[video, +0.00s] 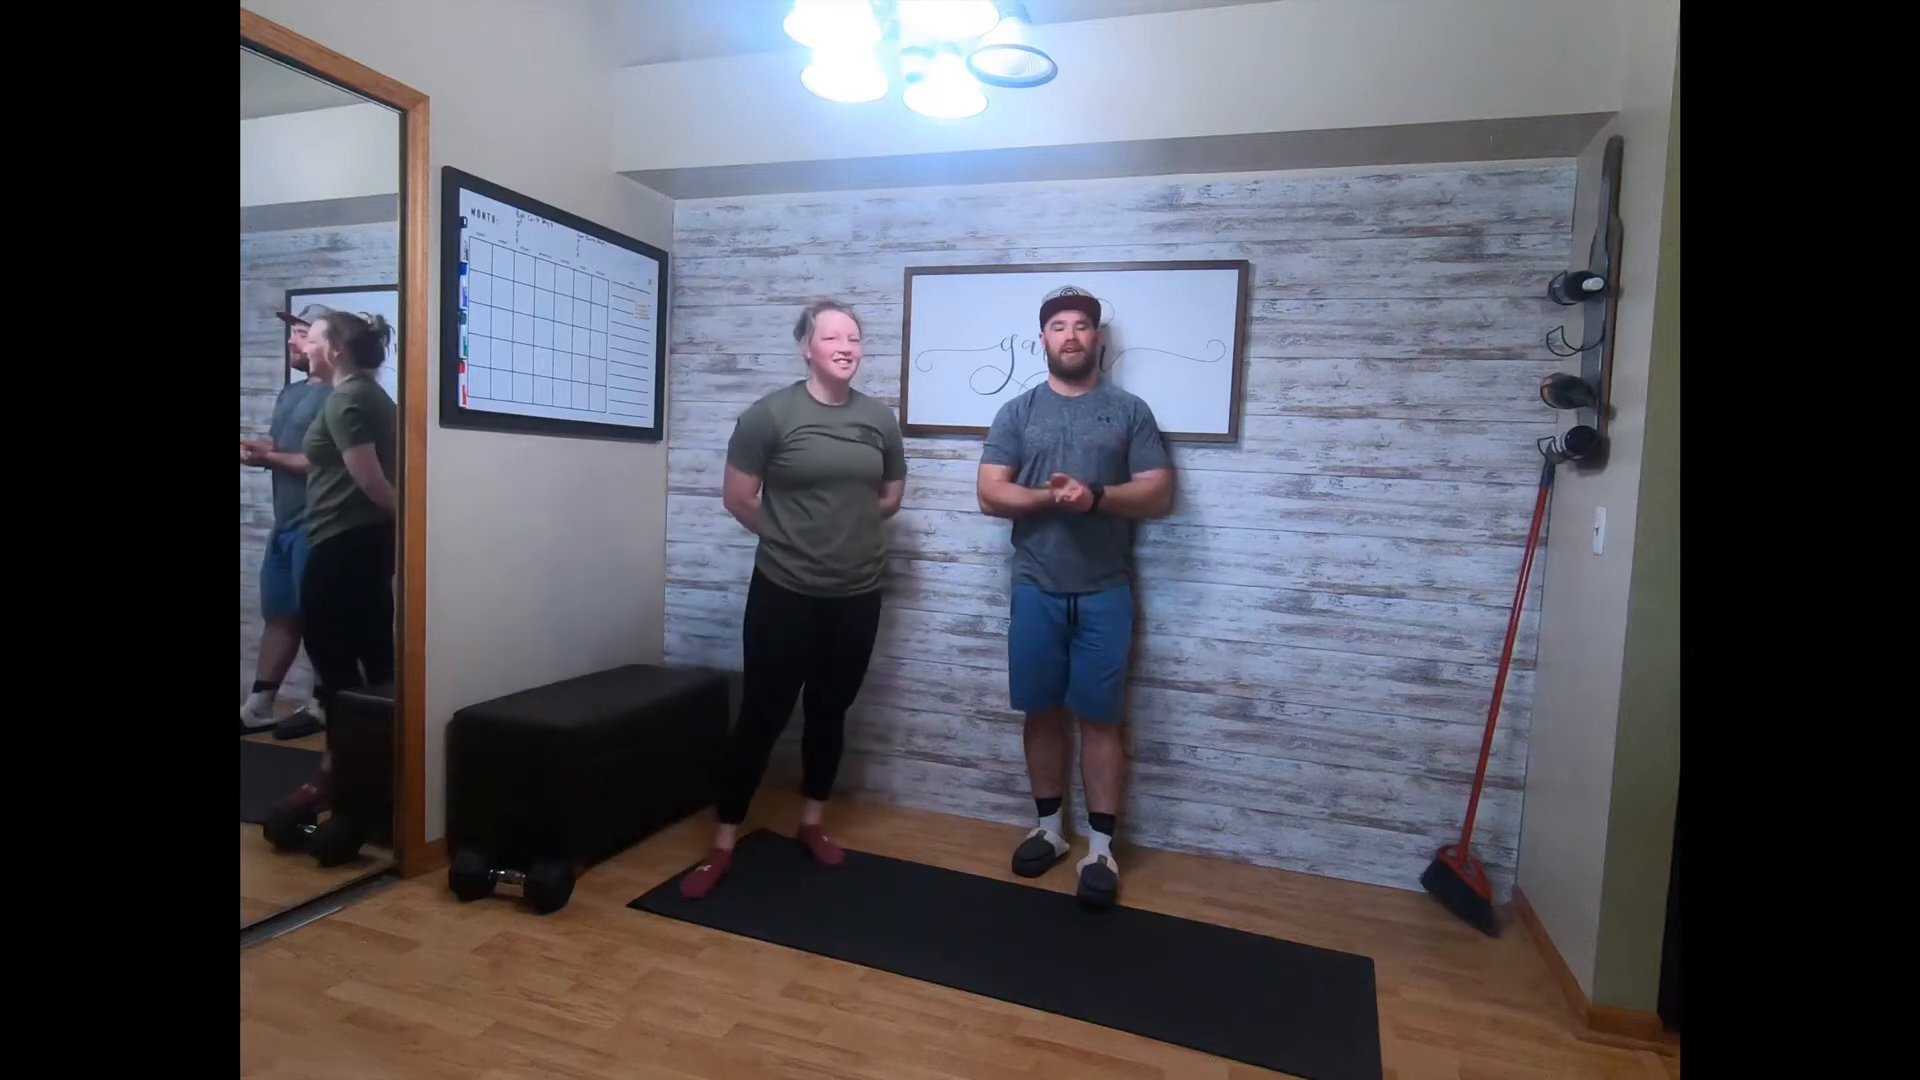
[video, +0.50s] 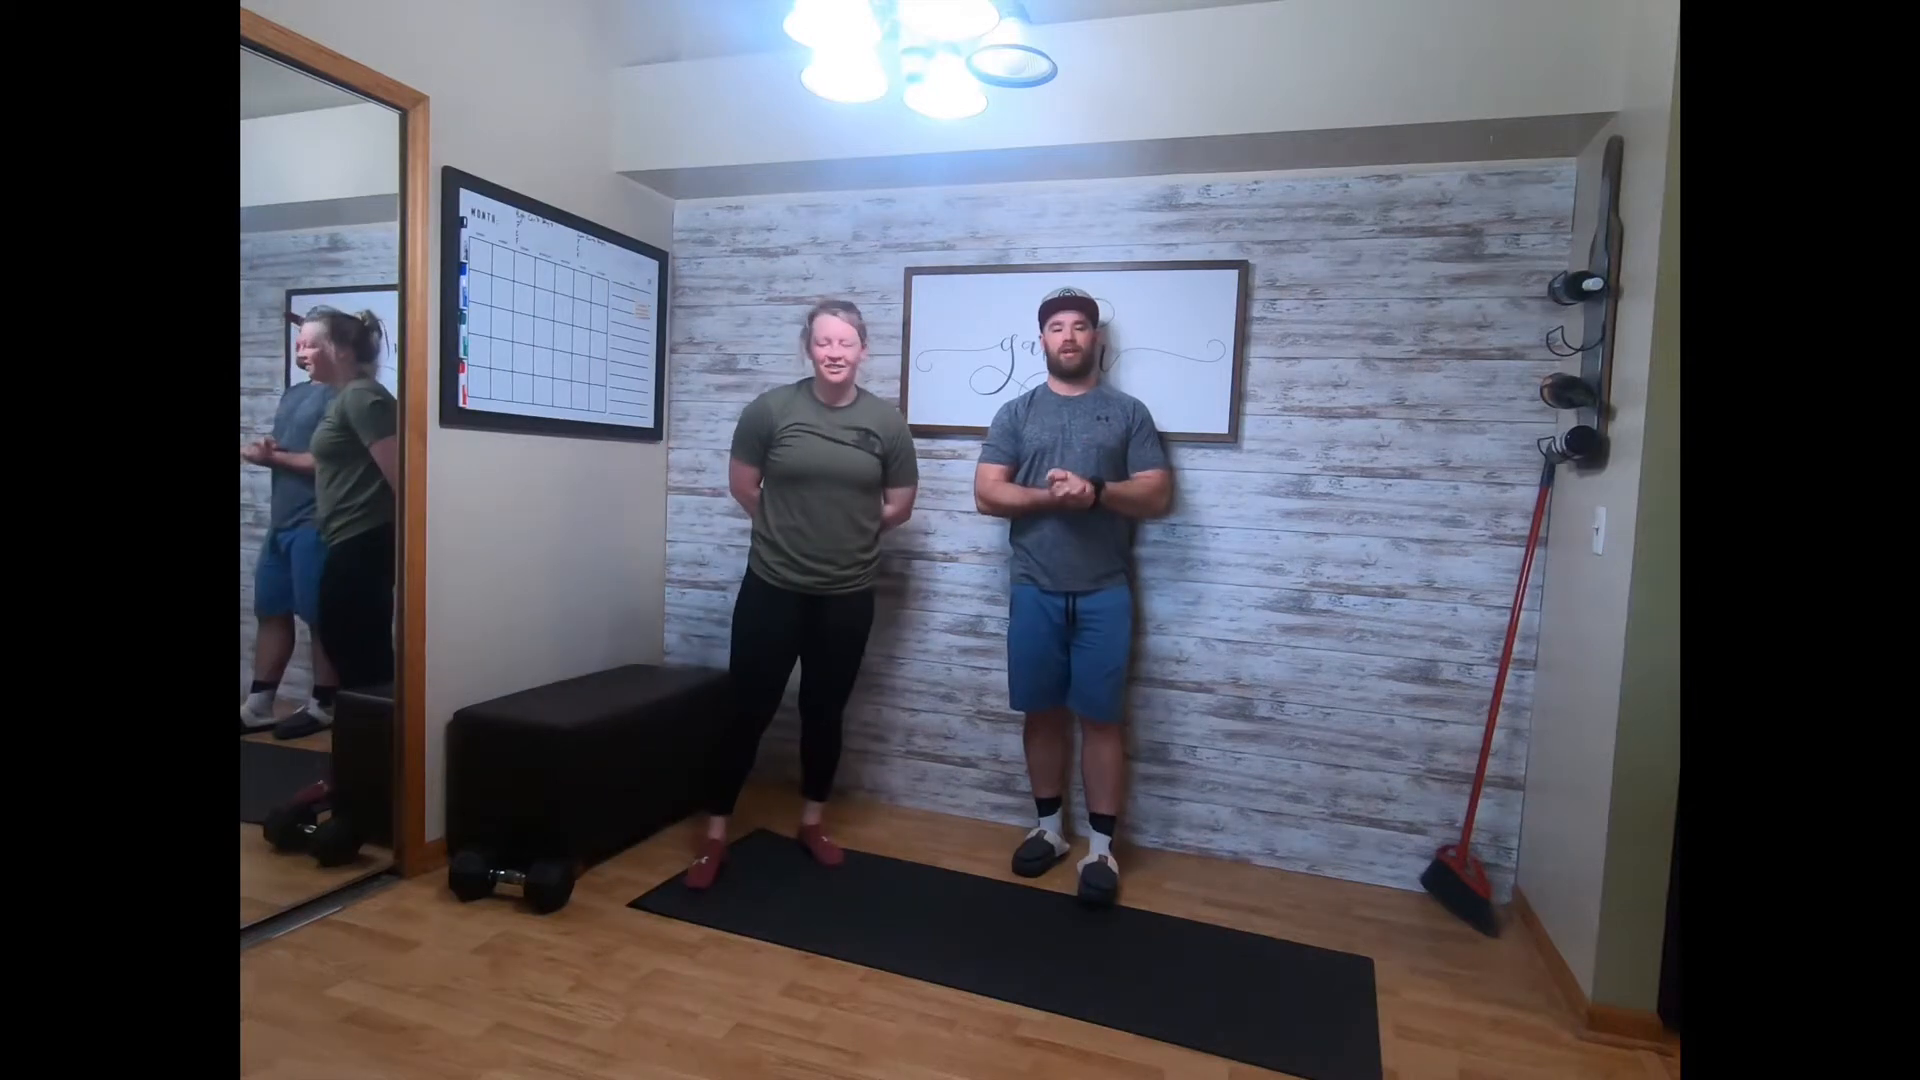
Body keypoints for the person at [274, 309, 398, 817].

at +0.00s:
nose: (312, 347)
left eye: (318, 340)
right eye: (315, 339)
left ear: (337, 351)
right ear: (362, 354)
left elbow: (370, 477)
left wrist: (410, 513)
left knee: (326, 646)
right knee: (377, 644)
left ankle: (347, 756)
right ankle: (390, 749)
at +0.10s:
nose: (309, 347)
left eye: (316, 340)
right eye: (312, 339)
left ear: (336, 352)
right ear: (357, 354)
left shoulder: (349, 399)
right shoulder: (366, 396)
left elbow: (382, 479)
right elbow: (326, 462)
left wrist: (419, 519)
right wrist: (271, 456)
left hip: (347, 542)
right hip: (370, 538)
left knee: (329, 648)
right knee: (376, 648)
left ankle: (341, 766)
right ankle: (387, 759)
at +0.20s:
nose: (306, 352)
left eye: (313, 343)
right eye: (307, 343)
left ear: (335, 352)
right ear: (351, 354)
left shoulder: (354, 398)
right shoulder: (350, 397)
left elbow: (391, 481)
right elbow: (333, 467)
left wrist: (422, 523)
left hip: (357, 541)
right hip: (357, 539)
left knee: (339, 652)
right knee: (358, 652)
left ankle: (340, 773)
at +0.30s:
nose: (307, 355)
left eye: (314, 345)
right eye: (307, 345)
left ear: (337, 351)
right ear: (353, 353)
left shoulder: (358, 399)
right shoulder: (347, 399)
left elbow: (398, 482)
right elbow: (324, 463)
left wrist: (420, 536)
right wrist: (272, 456)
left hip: (362, 540)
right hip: (352, 538)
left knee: (342, 648)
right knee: (358, 648)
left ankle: (341, 768)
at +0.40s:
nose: (309, 356)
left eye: (315, 347)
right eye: (310, 347)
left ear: (336, 351)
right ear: (352, 352)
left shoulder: (363, 399)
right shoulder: (345, 399)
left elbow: (404, 484)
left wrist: (419, 543)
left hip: (366, 543)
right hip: (349, 542)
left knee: (351, 660)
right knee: (352, 656)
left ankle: (346, 773)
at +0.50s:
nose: (304, 357)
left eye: (312, 347)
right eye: (304, 348)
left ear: (340, 350)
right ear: (343, 351)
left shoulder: (362, 397)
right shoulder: (345, 398)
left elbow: (405, 481)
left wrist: (418, 546)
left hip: (366, 542)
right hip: (349, 541)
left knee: (354, 649)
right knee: (351, 646)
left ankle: (361, 767)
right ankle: (361, 763)